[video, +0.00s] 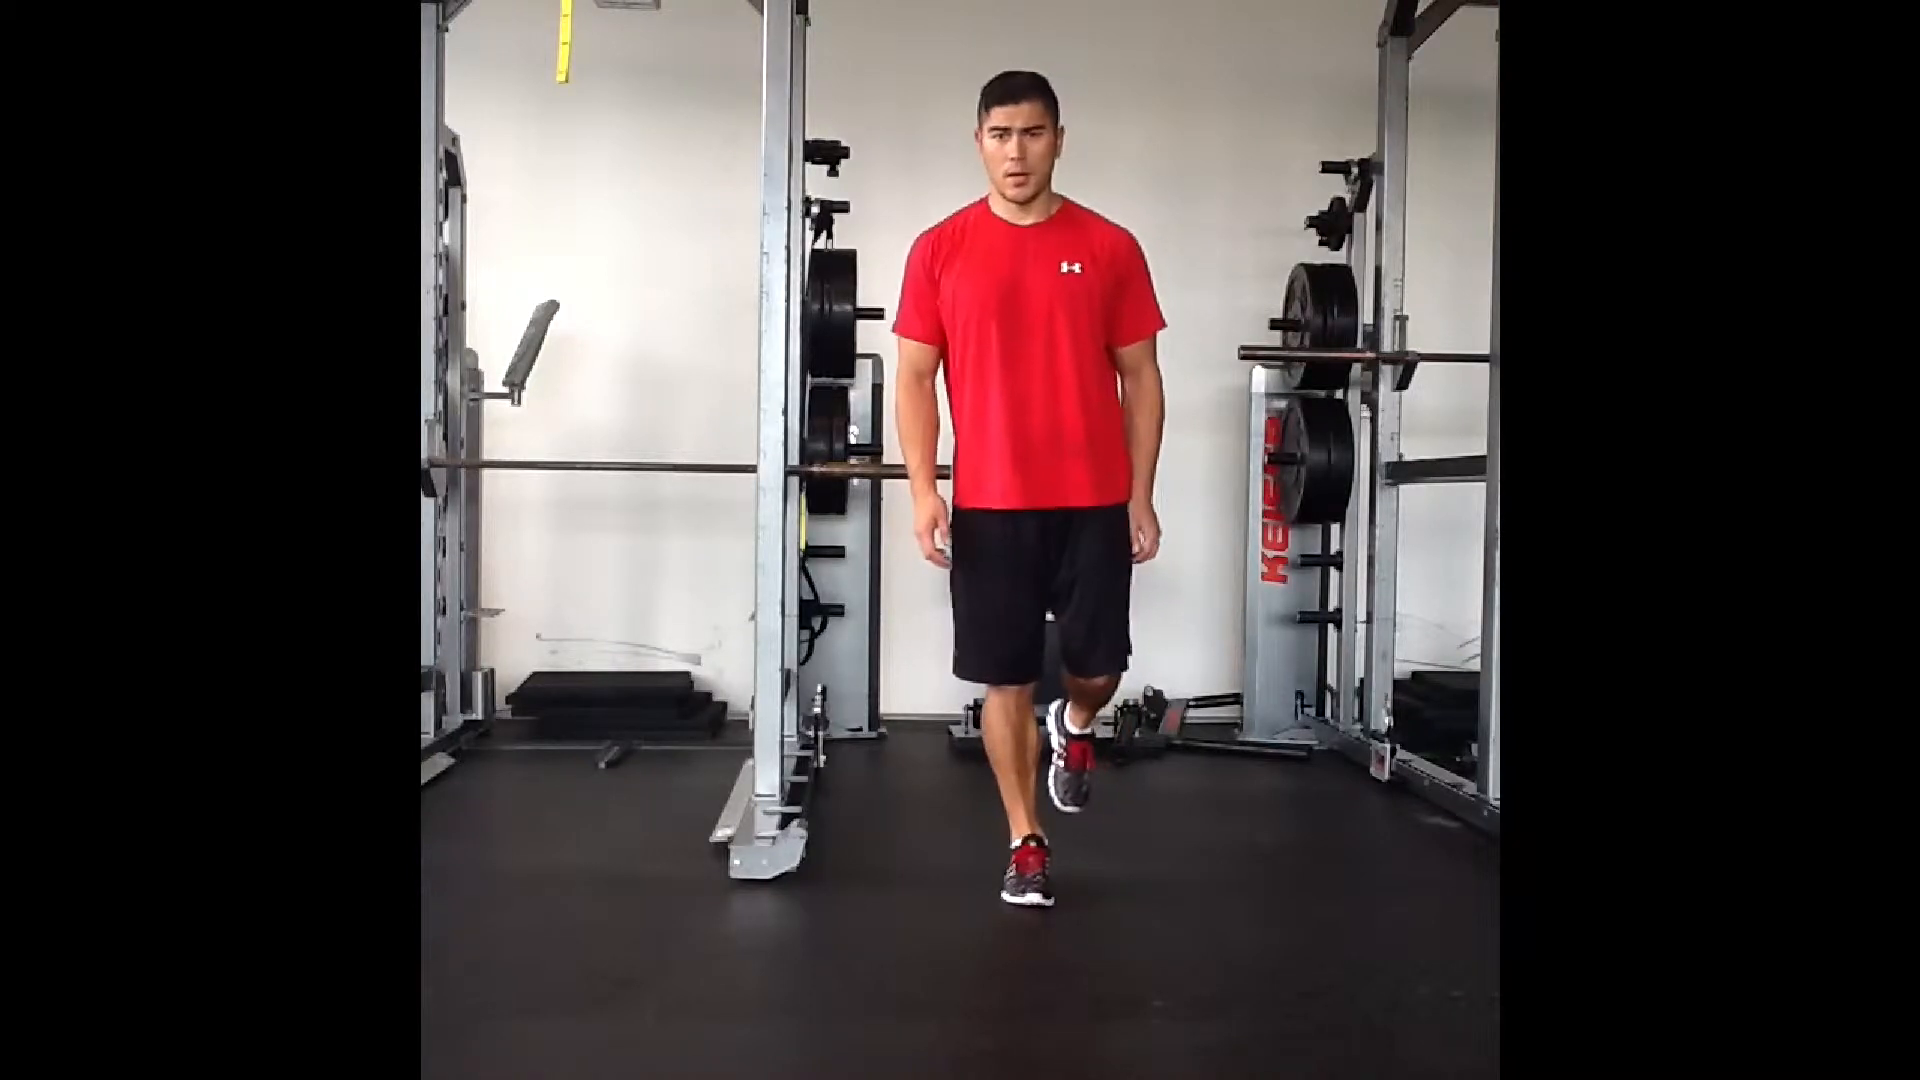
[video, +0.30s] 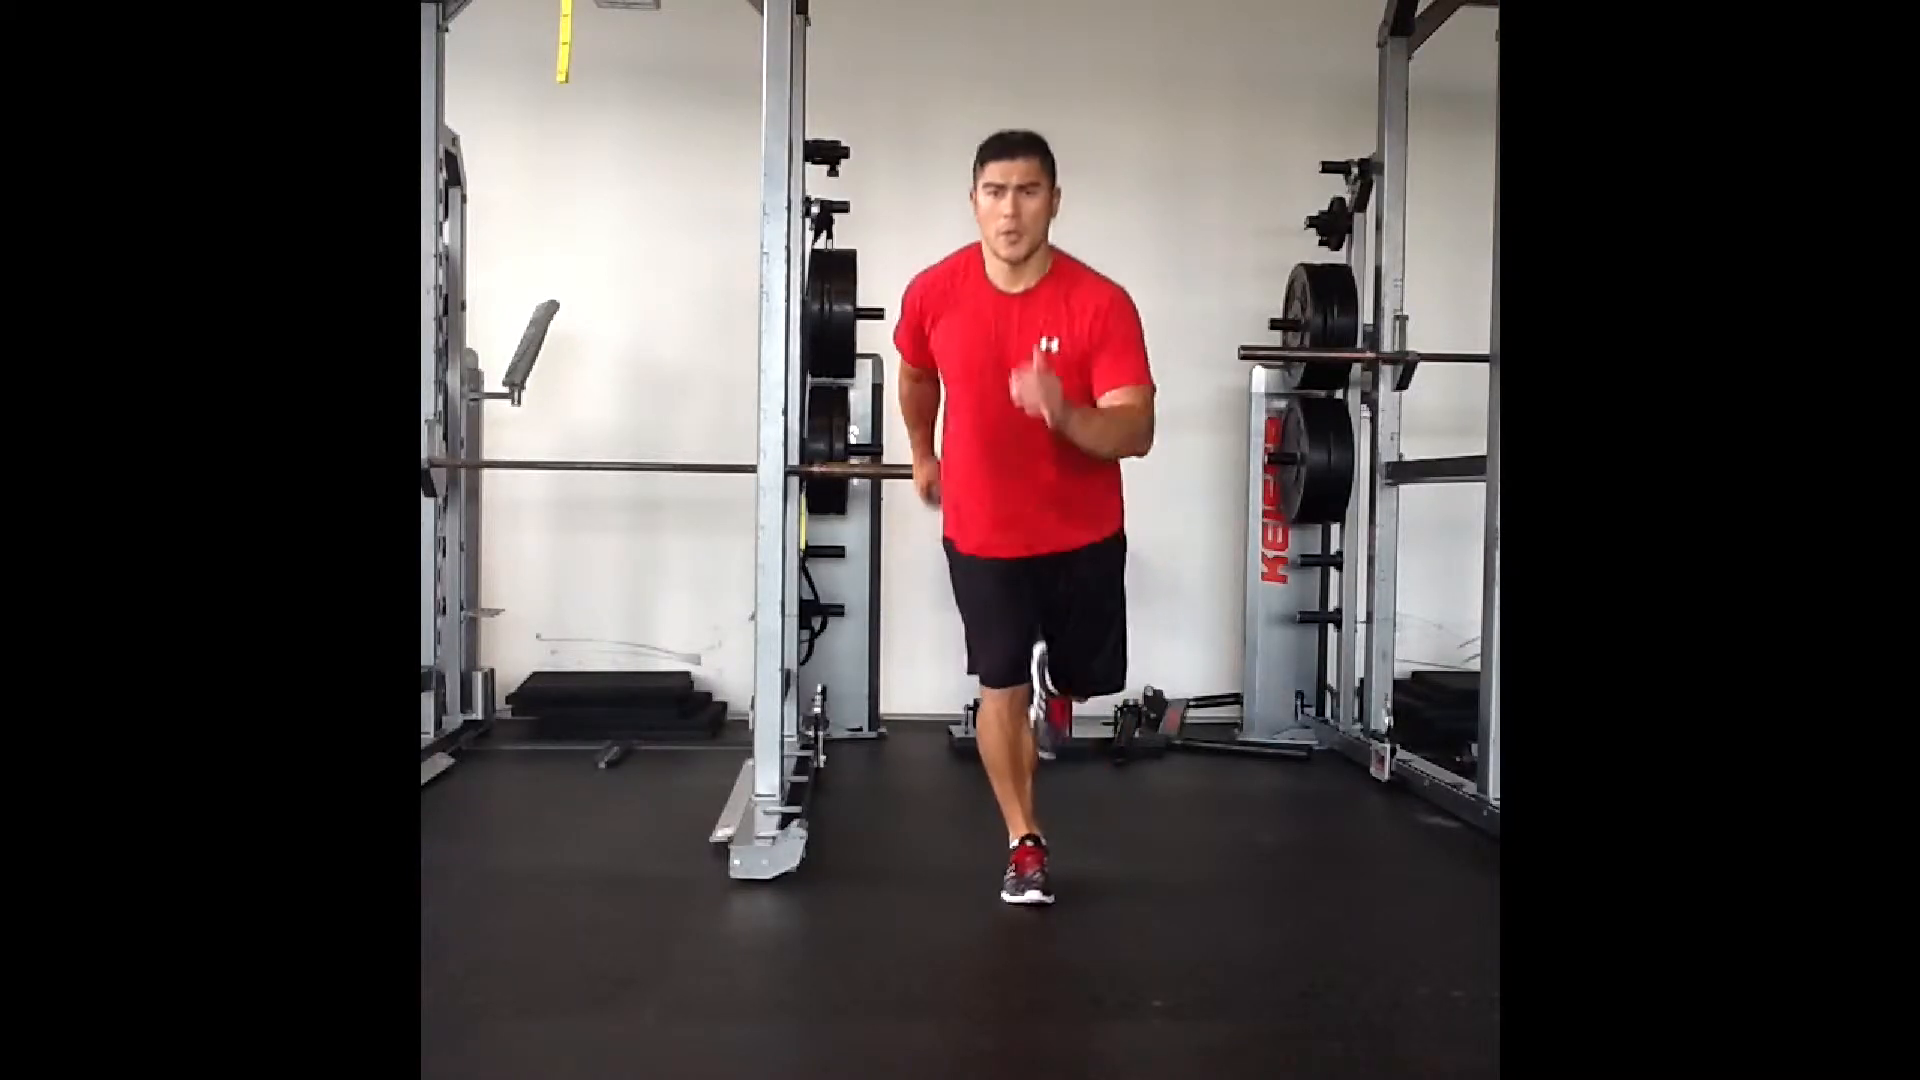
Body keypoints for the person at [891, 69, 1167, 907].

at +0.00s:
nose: (1017, 149)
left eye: (1032, 133)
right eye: (1001, 134)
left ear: (1057, 142)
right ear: (979, 144)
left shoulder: (1110, 248)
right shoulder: (939, 251)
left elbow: (1140, 373)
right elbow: (913, 375)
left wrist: (1141, 493)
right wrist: (923, 488)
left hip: (1095, 499)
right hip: (991, 501)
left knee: (1098, 667)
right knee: (1007, 678)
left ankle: (1073, 731)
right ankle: (1024, 840)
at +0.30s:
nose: (1010, 207)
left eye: (1027, 191)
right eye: (995, 191)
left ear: (1053, 202)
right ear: (975, 202)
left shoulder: (1101, 305)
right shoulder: (932, 296)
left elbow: (1133, 431)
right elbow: (916, 379)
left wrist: (1067, 416)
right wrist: (922, 454)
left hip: (1083, 532)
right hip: (984, 534)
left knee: (1088, 676)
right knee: (1007, 681)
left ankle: (1054, 683)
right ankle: (1023, 840)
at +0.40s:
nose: (1009, 249)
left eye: (1025, 234)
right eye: (993, 234)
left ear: (1051, 246)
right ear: (972, 246)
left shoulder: (1092, 330)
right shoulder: (935, 322)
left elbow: (1123, 430)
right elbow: (916, 375)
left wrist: (1044, 356)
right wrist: (925, 395)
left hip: (1083, 544)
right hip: (985, 545)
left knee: (1067, 682)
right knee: (1009, 681)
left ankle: (996, 702)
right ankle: (1024, 843)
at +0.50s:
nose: (1003, 286)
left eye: (1020, 270)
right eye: (987, 271)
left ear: (1047, 280)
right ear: (966, 282)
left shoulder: (1082, 350)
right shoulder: (934, 347)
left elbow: (1111, 430)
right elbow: (918, 334)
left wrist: (1029, 355)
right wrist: (925, 323)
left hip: (1083, 564)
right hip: (988, 561)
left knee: (1052, 683)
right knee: (1009, 691)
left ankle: (1006, 714)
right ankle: (1024, 844)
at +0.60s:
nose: (991, 292)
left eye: (1009, 275)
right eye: (976, 275)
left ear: (1036, 284)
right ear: (954, 284)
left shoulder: (1084, 360)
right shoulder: (920, 363)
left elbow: (1129, 475)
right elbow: (958, 426)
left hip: (1084, 568)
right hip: (988, 566)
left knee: (1057, 700)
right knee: (1013, 701)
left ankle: (1001, 717)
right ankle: (1026, 844)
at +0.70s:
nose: (987, 258)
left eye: (1003, 242)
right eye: (971, 244)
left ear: (1031, 252)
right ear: (950, 259)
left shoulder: (1092, 345)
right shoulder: (919, 363)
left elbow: (1133, 473)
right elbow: (917, 459)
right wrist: (928, 516)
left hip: (1082, 560)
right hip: (983, 564)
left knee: (1074, 718)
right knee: (1014, 699)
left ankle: (1044, 741)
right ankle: (1026, 843)